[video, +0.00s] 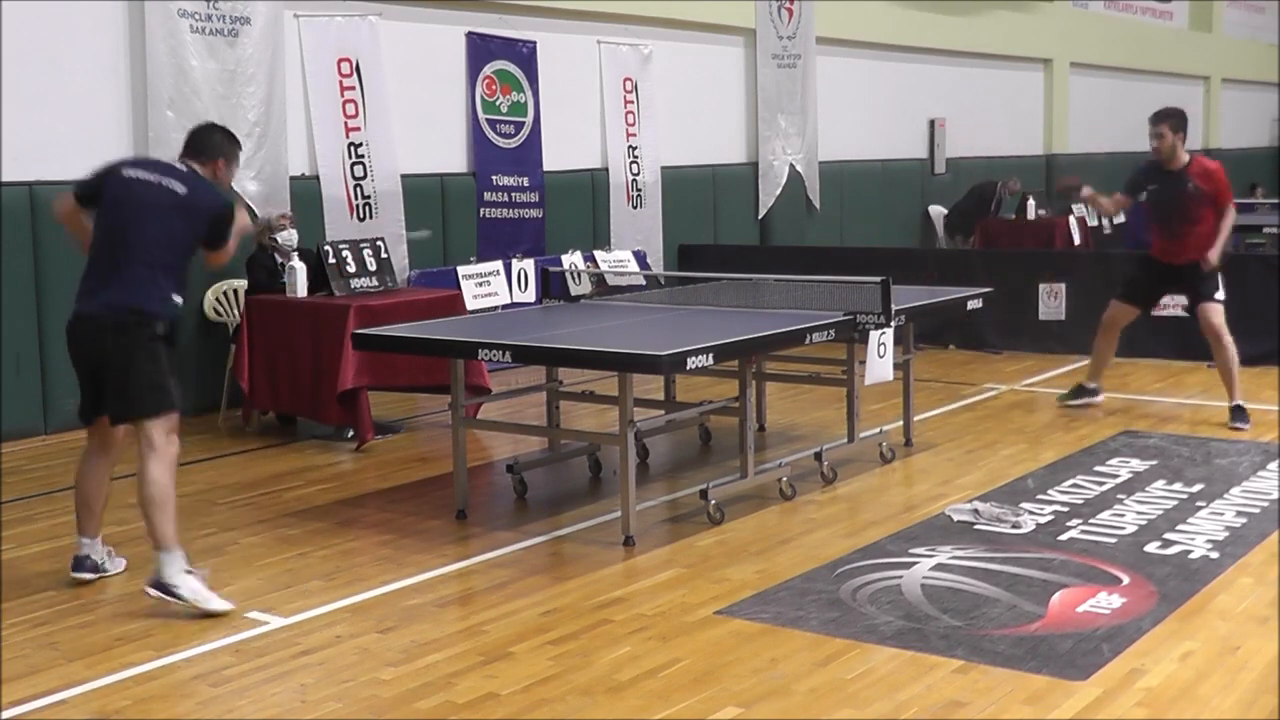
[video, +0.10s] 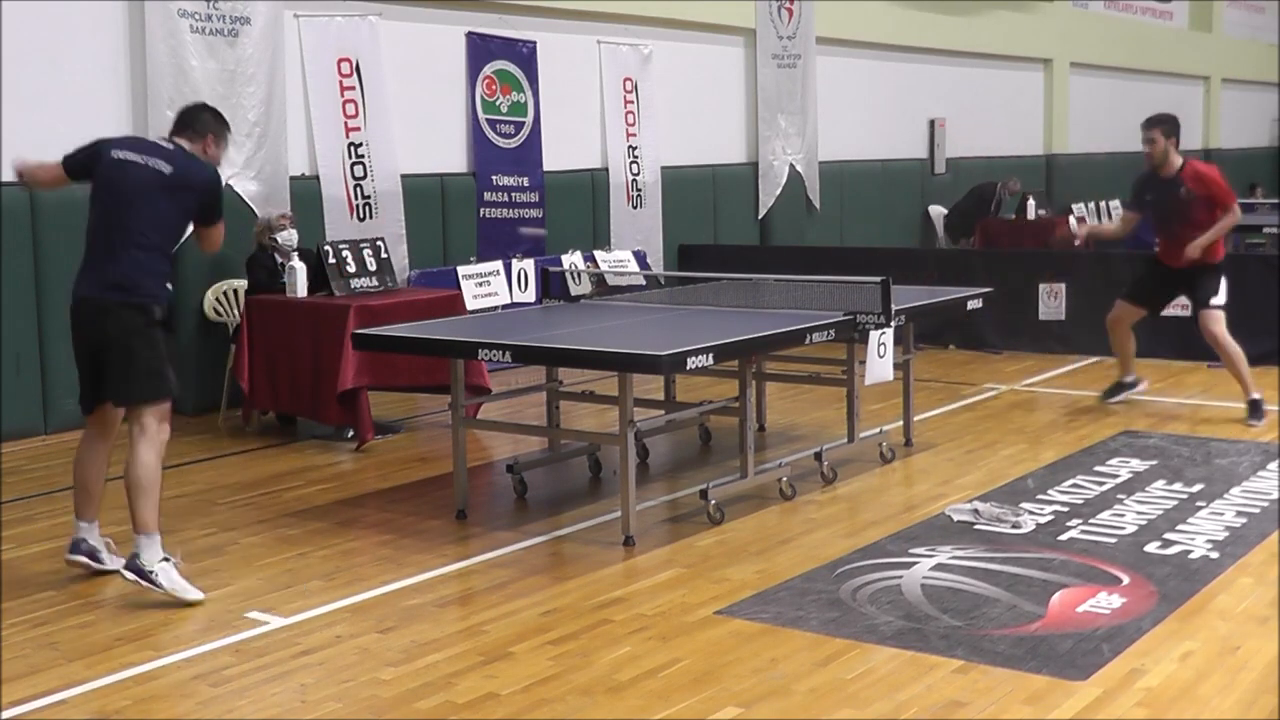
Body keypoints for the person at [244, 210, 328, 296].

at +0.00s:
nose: (290, 233)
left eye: (292, 227)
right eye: (282, 229)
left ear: (296, 229)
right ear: (270, 237)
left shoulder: (308, 256)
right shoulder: (258, 261)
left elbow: (321, 288)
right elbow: (260, 292)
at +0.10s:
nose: (290, 233)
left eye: (292, 227)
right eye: (282, 229)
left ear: (295, 229)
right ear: (269, 236)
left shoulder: (308, 256)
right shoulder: (258, 261)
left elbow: (321, 288)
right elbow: (260, 292)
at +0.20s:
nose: (290, 233)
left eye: (292, 227)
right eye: (282, 229)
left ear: (295, 229)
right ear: (269, 236)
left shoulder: (308, 256)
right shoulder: (258, 261)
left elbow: (321, 288)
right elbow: (260, 292)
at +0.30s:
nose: (290, 233)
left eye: (292, 227)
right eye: (283, 229)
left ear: (296, 229)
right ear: (269, 236)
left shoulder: (308, 256)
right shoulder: (258, 261)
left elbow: (321, 288)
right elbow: (260, 292)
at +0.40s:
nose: (291, 233)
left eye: (292, 227)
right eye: (283, 229)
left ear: (296, 229)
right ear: (269, 236)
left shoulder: (308, 256)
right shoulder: (258, 261)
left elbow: (321, 288)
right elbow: (260, 292)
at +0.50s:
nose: (291, 233)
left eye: (292, 227)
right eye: (283, 229)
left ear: (296, 229)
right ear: (270, 237)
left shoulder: (308, 256)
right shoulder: (257, 261)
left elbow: (321, 289)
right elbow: (260, 293)